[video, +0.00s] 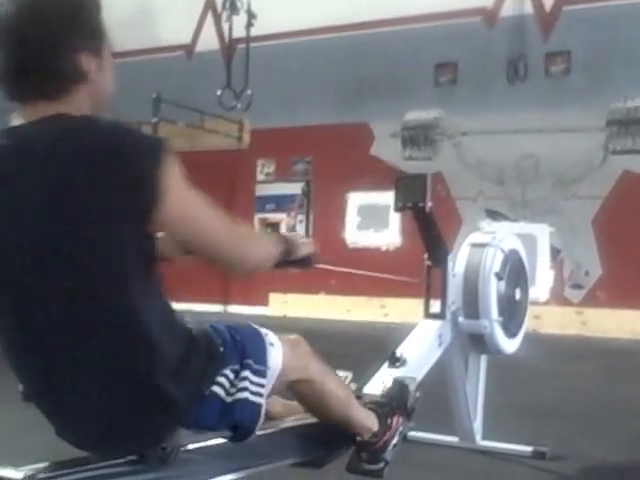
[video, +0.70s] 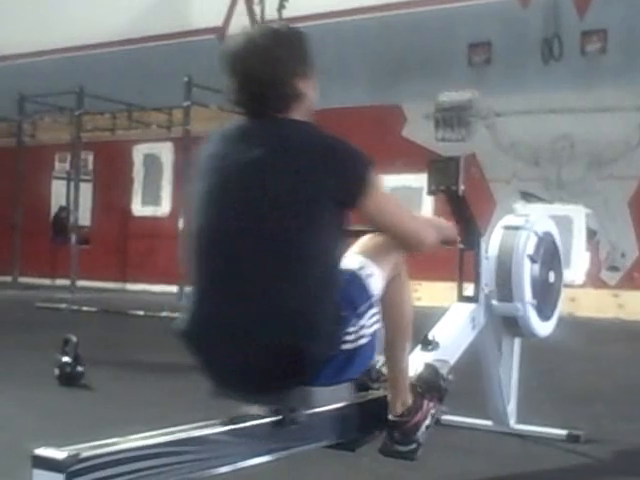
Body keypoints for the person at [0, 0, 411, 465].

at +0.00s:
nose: (113, 75)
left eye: (111, 62)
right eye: (109, 61)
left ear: (14, 70)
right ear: (88, 64)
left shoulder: (5, 156)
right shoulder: (125, 154)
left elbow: (71, 255)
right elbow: (248, 256)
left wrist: (174, 244)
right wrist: (280, 241)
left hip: (64, 404)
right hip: (150, 382)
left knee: (263, 399)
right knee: (297, 356)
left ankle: (334, 407)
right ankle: (371, 429)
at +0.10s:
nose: (105, 78)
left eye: (102, 62)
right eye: (101, 62)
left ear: (8, 70)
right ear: (79, 64)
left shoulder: (6, 153)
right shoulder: (105, 155)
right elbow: (193, 287)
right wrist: (235, 260)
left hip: (77, 406)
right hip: (151, 381)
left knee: (276, 398)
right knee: (295, 353)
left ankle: (349, 417)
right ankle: (373, 426)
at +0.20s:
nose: (125, 73)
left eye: (123, 58)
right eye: (121, 57)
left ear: (28, 70)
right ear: (99, 63)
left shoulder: (10, 150)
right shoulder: (116, 150)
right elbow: (134, 287)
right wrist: (194, 261)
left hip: (76, 392)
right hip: (148, 377)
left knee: (248, 362)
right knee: (303, 335)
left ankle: (315, 415)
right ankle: (377, 424)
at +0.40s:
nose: (201, 70)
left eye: (197, 54)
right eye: (195, 54)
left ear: (111, 68)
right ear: (176, 61)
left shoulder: (68, 151)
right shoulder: (197, 143)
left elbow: (20, 236)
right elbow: (268, 268)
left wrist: (97, 253)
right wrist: (287, 248)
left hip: (127, 387)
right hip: (204, 376)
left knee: (258, 290)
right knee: (330, 291)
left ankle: (319, 408)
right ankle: (384, 412)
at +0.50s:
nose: (241, 72)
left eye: (236, 58)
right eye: (235, 58)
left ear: (162, 73)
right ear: (217, 68)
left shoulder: (126, 145)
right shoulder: (250, 148)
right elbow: (342, 262)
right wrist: (345, 228)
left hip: (155, 376)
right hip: (228, 375)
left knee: (278, 273)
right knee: (353, 281)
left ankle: (321, 405)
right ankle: (394, 413)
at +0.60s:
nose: (281, 83)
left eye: (277, 71)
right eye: (276, 71)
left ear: (203, 82)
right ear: (261, 78)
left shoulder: (173, 150)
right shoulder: (292, 151)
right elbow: (386, 247)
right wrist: (397, 225)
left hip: (187, 366)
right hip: (263, 368)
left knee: (298, 260)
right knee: (372, 258)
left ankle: (343, 378)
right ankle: (399, 410)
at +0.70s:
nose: (314, 83)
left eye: (310, 72)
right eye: (310, 73)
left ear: (242, 86)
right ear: (298, 83)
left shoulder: (214, 150)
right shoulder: (327, 153)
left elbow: (192, 254)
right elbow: (417, 236)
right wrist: (439, 227)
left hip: (221, 362)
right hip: (299, 363)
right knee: (389, 247)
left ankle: (360, 373)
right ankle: (401, 406)